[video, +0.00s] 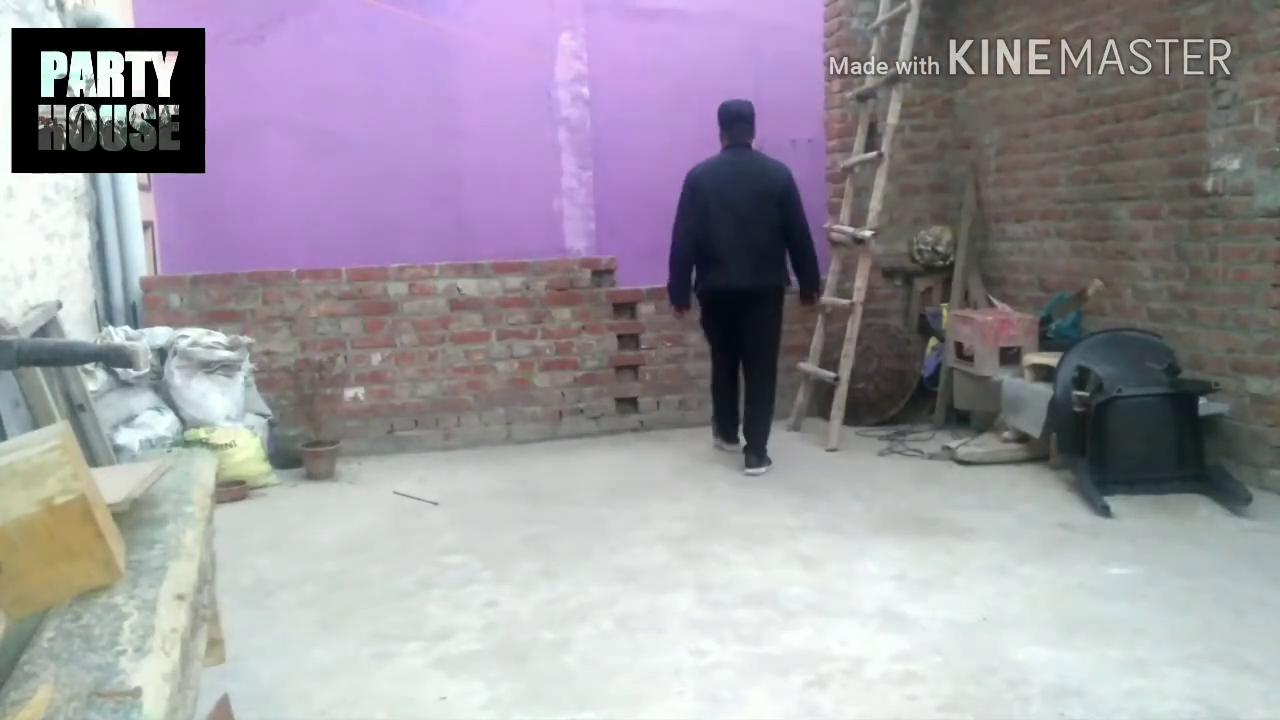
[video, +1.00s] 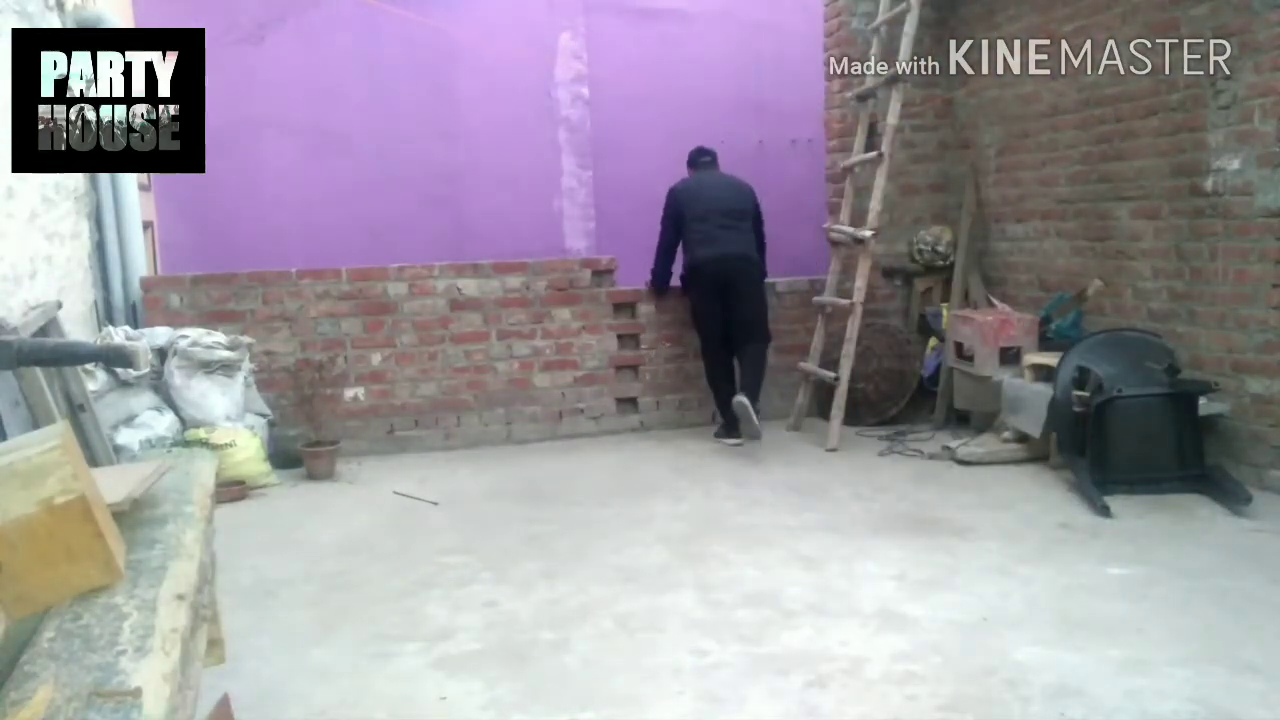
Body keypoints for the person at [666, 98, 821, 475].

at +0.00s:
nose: (735, 133)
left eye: (728, 126)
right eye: (746, 126)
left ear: (721, 130)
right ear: (753, 129)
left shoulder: (700, 177)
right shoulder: (776, 174)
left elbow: (683, 239)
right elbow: (797, 234)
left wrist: (679, 292)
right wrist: (809, 283)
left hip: (716, 291)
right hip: (764, 291)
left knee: (724, 360)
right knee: (761, 367)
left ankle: (726, 432)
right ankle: (756, 454)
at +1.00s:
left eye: (694, 167)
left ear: (690, 168)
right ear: (717, 165)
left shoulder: (680, 191)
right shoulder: (743, 187)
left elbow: (668, 241)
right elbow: (758, 235)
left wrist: (659, 282)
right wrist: (758, 270)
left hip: (703, 276)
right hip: (745, 272)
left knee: (715, 347)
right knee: (754, 338)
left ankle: (730, 425)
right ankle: (747, 397)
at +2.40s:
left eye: (680, 175)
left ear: (681, 172)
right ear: (706, 167)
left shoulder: (675, 189)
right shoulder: (735, 185)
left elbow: (666, 239)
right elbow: (748, 231)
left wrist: (659, 282)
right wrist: (756, 269)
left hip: (697, 273)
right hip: (739, 269)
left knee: (710, 343)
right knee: (750, 332)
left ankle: (729, 422)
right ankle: (723, 361)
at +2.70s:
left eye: (679, 175)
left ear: (681, 172)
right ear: (706, 166)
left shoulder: (674, 189)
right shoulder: (734, 184)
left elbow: (666, 239)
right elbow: (748, 232)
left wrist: (659, 282)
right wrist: (757, 270)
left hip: (697, 271)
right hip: (739, 268)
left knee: (710, 341)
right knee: (749, 331)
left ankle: (729, 422)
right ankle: (722, 362)